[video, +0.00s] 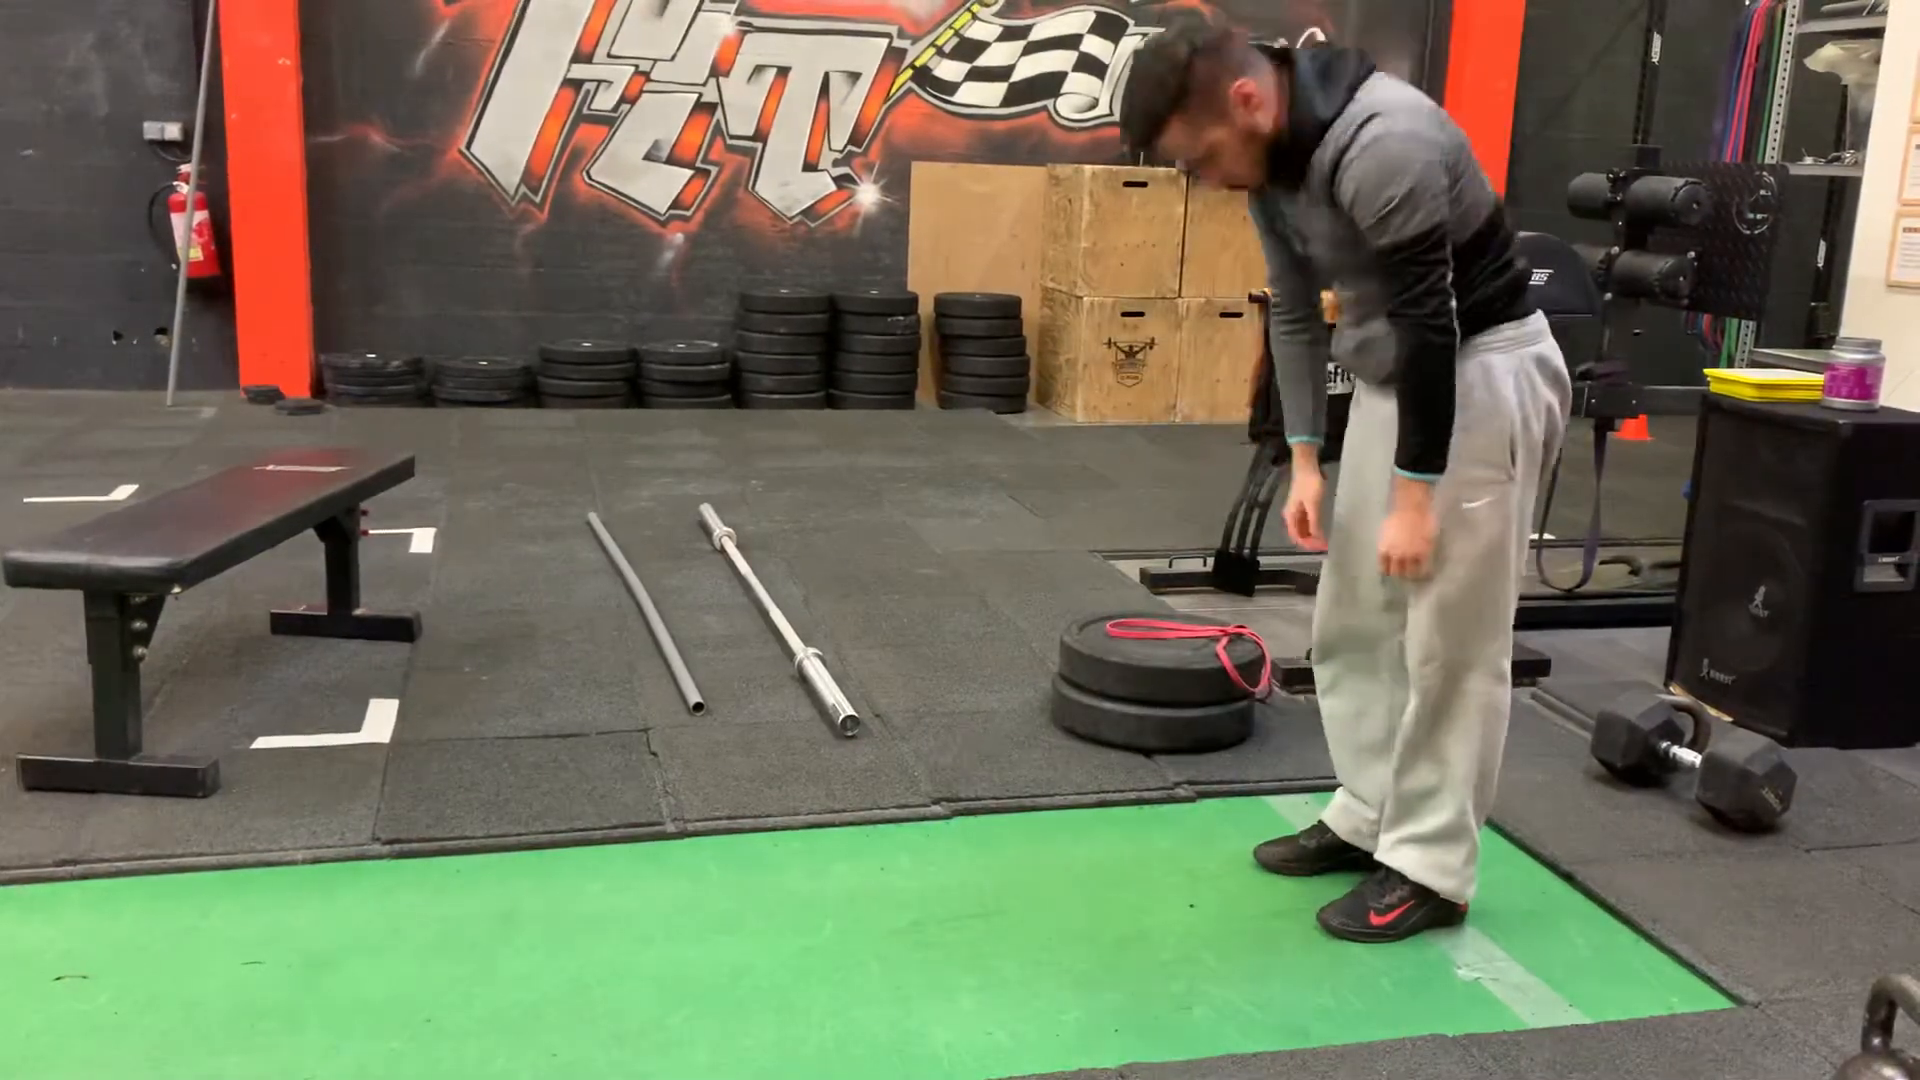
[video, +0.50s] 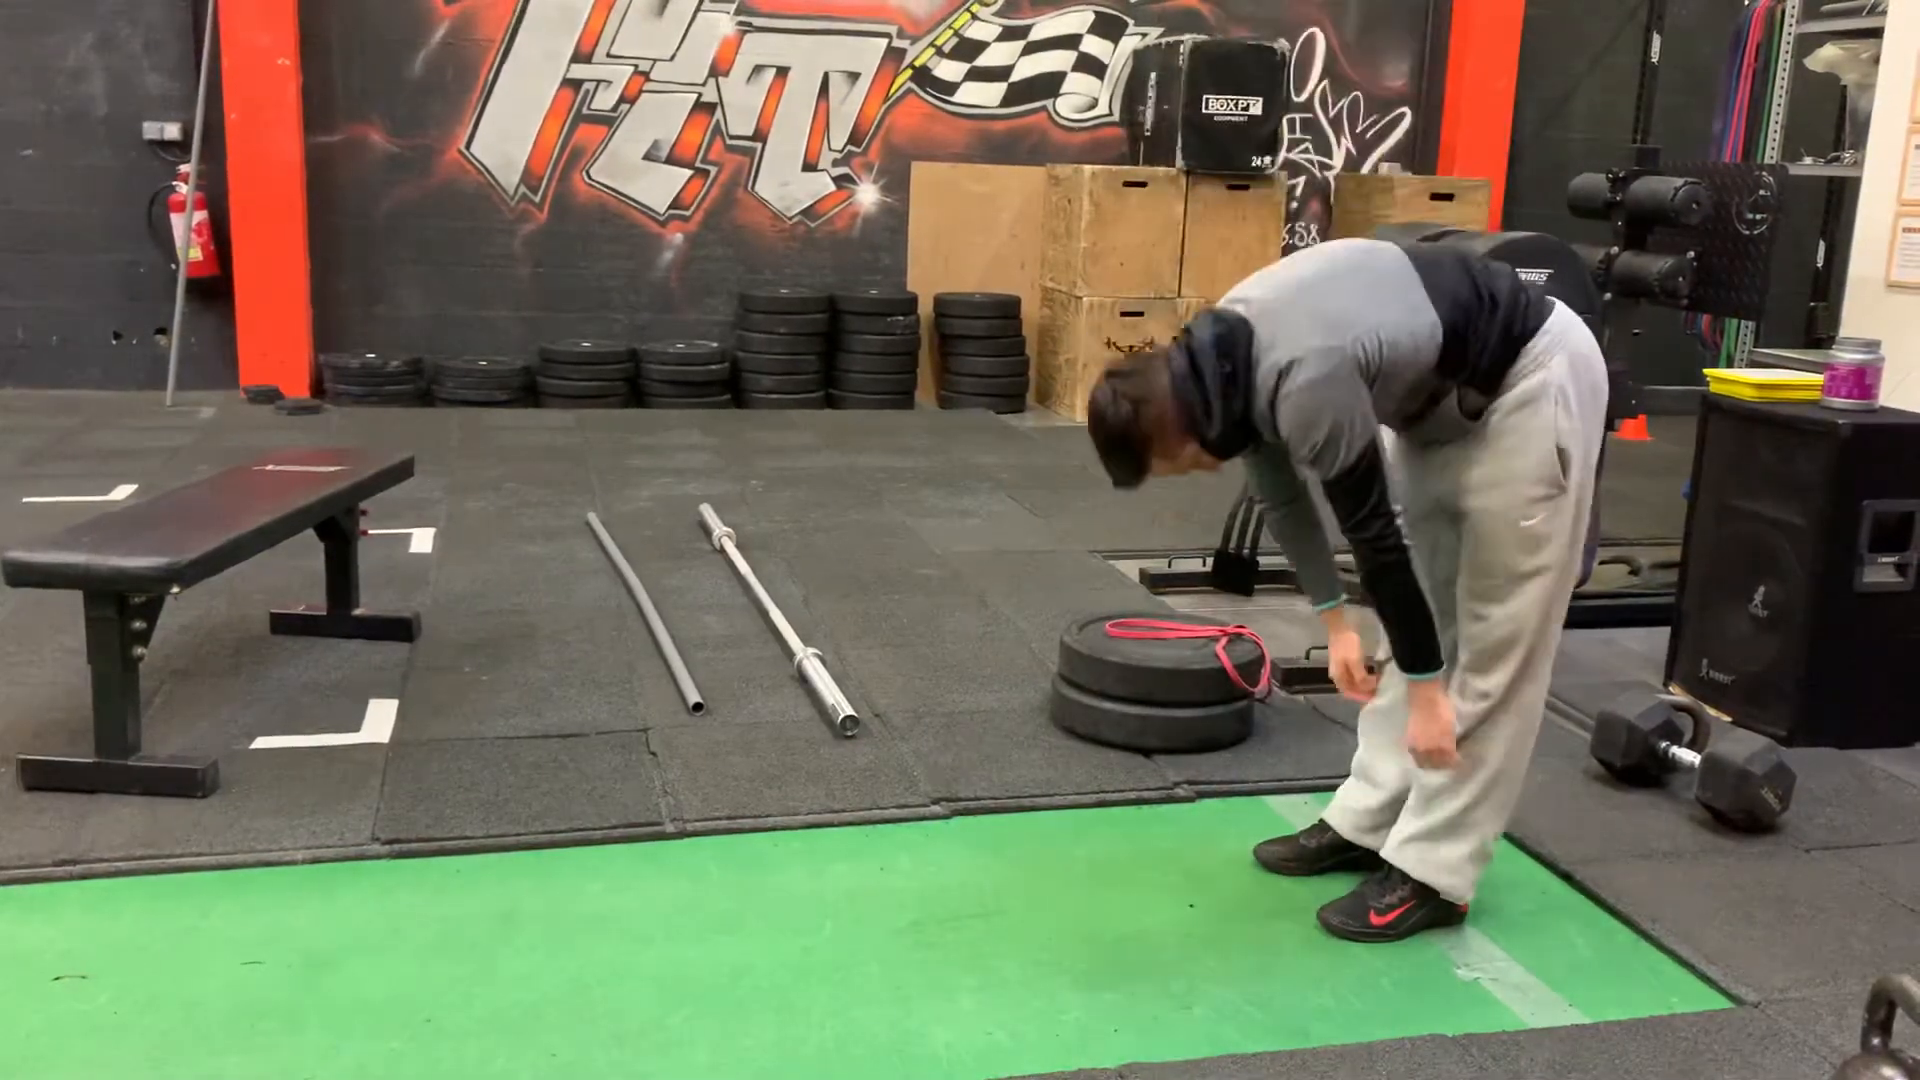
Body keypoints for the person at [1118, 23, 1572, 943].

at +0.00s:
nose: (1203, 181)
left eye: (1202, 158)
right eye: (1187, 168)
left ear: (1251, 101)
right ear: (1244, 104)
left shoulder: (1385, 151)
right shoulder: (1271, 159)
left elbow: (1427, 327)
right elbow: (1295, 310)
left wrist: (1414, 492)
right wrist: (1306, 458)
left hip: (1483, 374)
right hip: (1383, 375)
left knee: (1452, 623)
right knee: (1358, 606)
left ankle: (1433, 864)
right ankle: (1367, 813)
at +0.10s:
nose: (1183, 251)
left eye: (1180, 232)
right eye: (1168, 240)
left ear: (1218, 177)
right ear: (1211, 177)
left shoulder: (1360, 202)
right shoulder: (1250, 207)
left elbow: (1419, 369)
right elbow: (1290, 348)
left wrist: (1433, 528)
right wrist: (1317, 490)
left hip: (1501, 372)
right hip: (1394, 375)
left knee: (1464, 623)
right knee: (1370, 607)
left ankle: (1434, 866)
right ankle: (1368, 812)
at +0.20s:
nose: (1186, 322)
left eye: (1176, 307)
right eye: (1169, 316)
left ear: (1193, 253)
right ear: (1189, 249)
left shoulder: (1340, 253)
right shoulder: (1241, 244)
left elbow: (1406, 412)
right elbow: (1292, 392)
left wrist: (1443, 574)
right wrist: (1334, 528)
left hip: (1510, 372)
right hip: (1406, 381)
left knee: (1479, 624)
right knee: (1384, 608)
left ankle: (1434, 867)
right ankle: (1367, 815)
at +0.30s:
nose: (1185, 384)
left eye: (1174, 371)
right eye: (1168, 380)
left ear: (1182, 324)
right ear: (1173, 312)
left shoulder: (1328, 299)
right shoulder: (1238, 298)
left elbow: (1399, 456)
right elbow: (1293, 435)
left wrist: (1447, 614)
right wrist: (1341, 562)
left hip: (1520, 378)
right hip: (1416, 389)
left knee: (1486, 633)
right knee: (1391, 612)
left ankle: (1435, 868)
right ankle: (1369, 816)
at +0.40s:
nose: (1182, 433)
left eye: (1171, 423)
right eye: (1167, 429)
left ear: (1178, 382)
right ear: (1177, 369)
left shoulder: (1318, 344)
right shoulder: (1232, 335)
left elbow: (1388, 498)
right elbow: (1290, 468)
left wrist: (1438, 653)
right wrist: (1341, 591)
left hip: (1531, 380)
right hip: (1434, 395)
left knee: (1493, 632)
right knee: (1409, 622)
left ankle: (1434, 870)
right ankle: (1367, 819)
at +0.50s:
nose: (1183, 471)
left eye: (1171, 459)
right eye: (1167, 467)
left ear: (1181, 419)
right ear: (1165, 405)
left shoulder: (1308, 376)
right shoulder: (1215, 366)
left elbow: (1376, 539)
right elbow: (1286, 503)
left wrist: (1428, 688)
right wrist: (1338, 624)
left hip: (1532, 377)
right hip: (1424, 396)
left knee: (1495, 634)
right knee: (1402, 612)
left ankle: (1435, 871)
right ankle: (1369, 819)